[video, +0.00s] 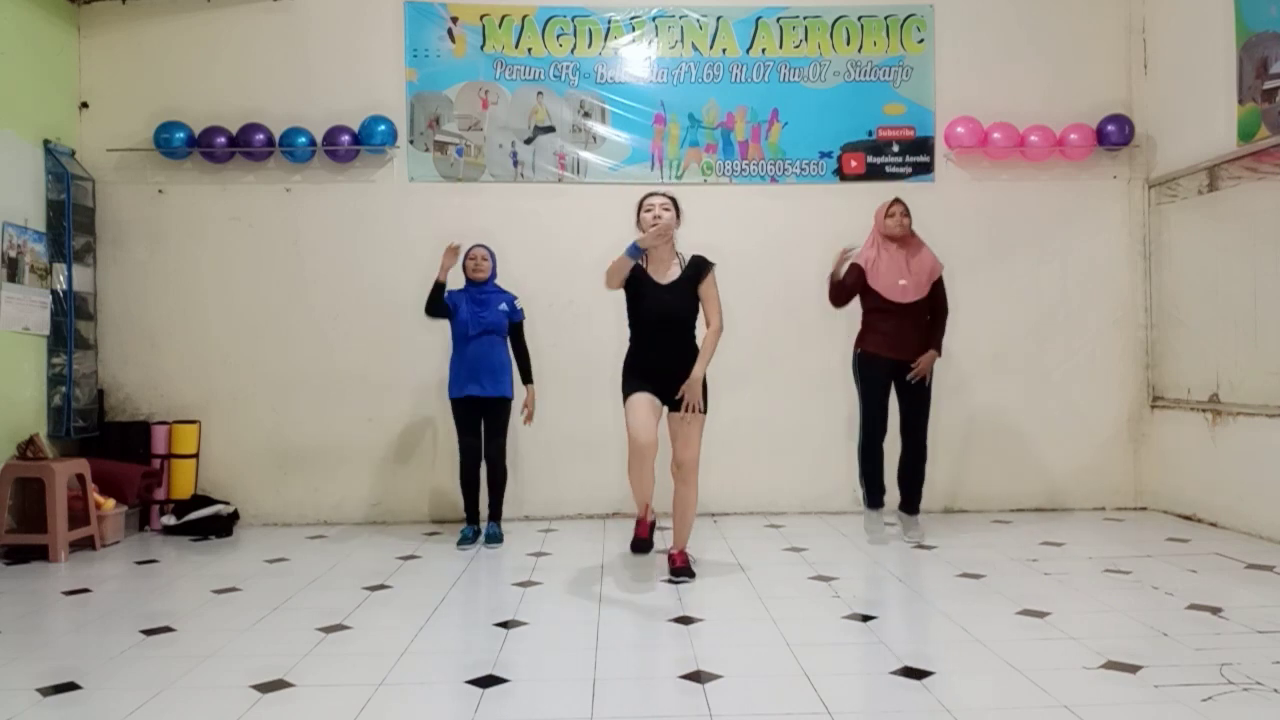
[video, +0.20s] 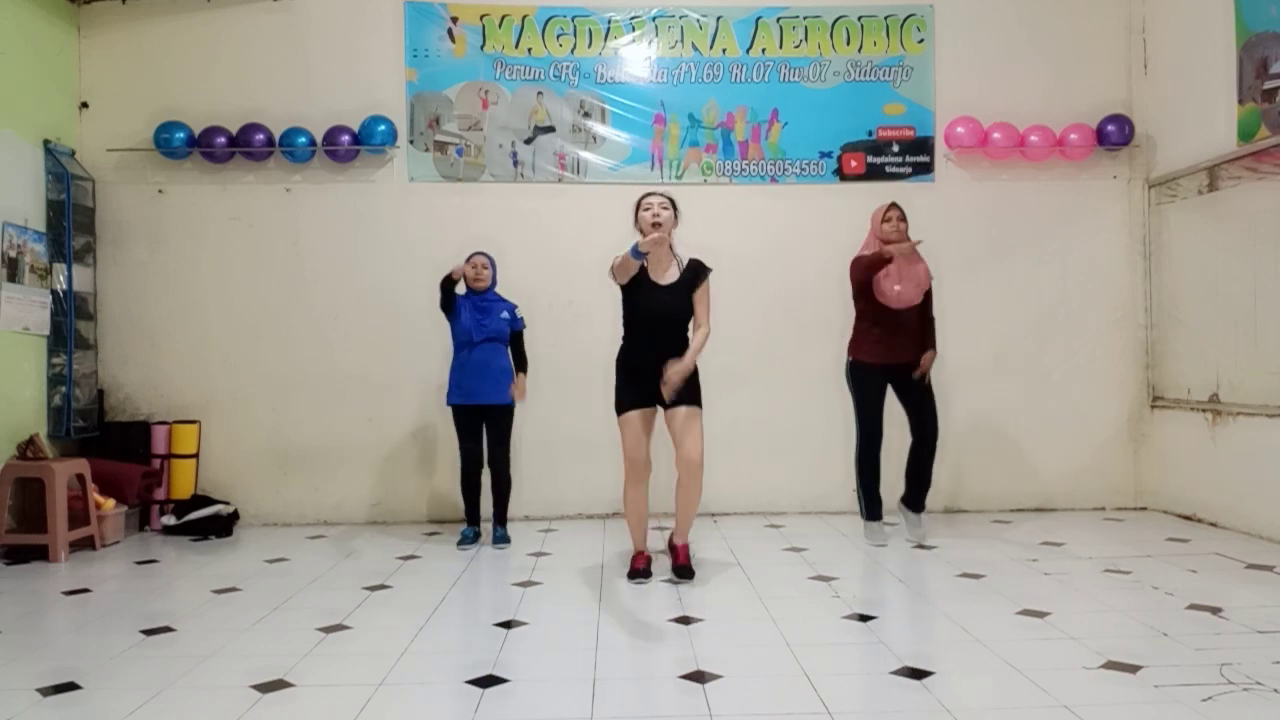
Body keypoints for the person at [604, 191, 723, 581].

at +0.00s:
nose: (657, 215)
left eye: (665, 209)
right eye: (649, 211)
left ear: (677, 221)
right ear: (639, 223)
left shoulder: (697, 267)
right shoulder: (632, 264)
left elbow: (714, 326)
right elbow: (612, 280)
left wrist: (697, 376)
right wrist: (635, 247)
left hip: (685, 370)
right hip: (641, 368)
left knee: (685, 464)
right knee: (641, 441)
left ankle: (679, 550)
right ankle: (644, 516)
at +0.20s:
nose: (656, 214)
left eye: (663, 208)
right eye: (648, 209)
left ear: (675, 221)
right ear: (636, 222)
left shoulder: (693, 270)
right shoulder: (627, 264)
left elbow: (702, 327)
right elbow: (621, 273)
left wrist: (686, 363)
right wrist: (639, 251)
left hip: (678, 366)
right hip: (633, 368)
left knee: (692, 460)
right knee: (637, 464)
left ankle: (681, 541)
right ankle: (639, 551)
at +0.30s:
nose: (656, 215)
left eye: (664, 209)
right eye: (648, 210)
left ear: (676, 222)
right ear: (636, 223)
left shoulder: (692, 271)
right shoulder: (626, 266)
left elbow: (698, 330)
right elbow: (621, 275)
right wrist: (640, 257)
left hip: (677, 368)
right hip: (633, 369)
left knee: (687, 449)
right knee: (636, 464)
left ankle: (679, 527)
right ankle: (640, 551)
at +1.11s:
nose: (648, 218)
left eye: (656, 212)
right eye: (643, 215)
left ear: (676, 225)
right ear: (639, 227)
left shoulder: (693, 269)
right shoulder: (631, 270)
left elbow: (705, 267)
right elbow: (620, 277)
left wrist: (690, 253)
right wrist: (633, 259)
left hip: (684, 371)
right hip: (639, 371)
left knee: (683, 465)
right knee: (638, 465)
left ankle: (678, 548)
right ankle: (645, 547)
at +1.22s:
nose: (641, 219)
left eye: (651, 213)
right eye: (639, 214)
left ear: (673, 223)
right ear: (640, 224)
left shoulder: (693, 266)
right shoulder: (632, 267)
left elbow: (708, 234)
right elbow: (615, 242)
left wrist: (682, 192)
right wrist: (629, 204)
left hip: (685, 368)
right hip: (642, 367)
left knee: (684, 462)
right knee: (636, 442)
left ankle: (679, 547)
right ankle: (644, 524)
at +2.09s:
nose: (658, 204)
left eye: (666, 202)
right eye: (650, 202)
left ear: (677, 216)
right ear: (641, 215)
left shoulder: (691, 256)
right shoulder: (629, 256)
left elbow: (724, 241)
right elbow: (595, 239)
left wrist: (705, 189)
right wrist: (614, 191)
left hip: (682, 360)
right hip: (639, 360)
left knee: (681, 453)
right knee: (637, 453)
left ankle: (680, 537)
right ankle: (637, 530)